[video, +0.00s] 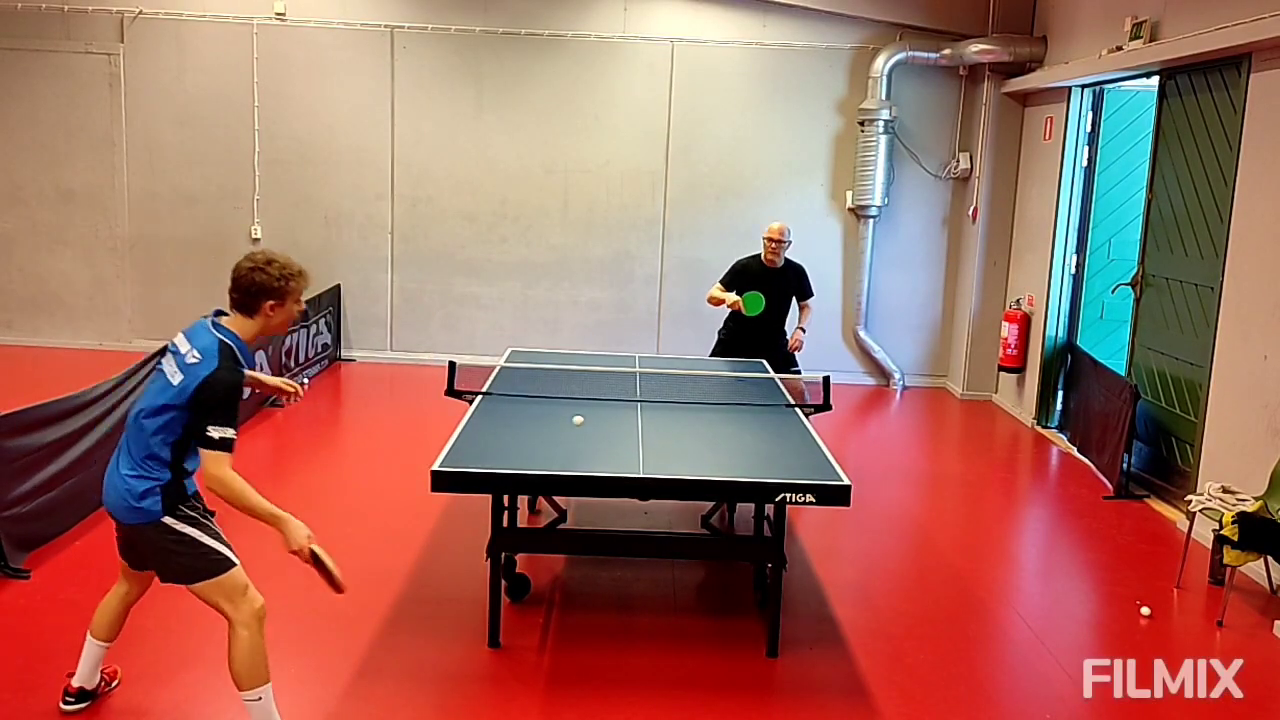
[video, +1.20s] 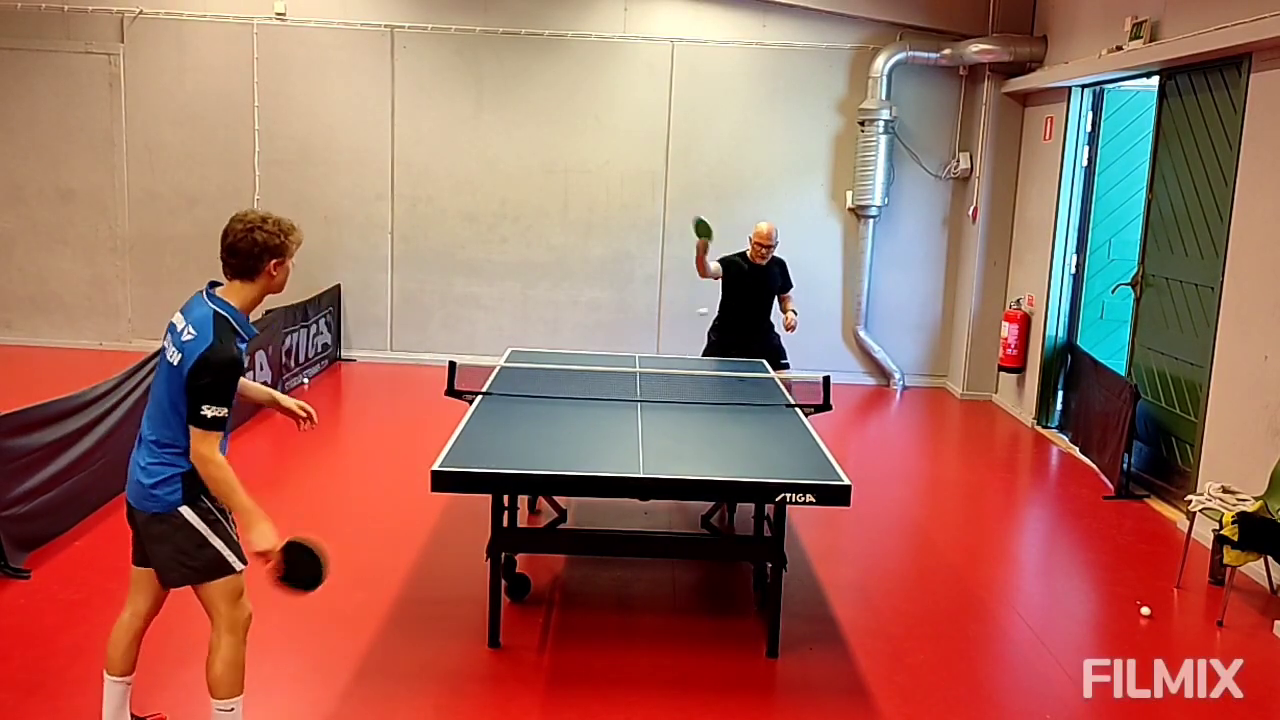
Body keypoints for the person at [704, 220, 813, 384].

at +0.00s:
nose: (773, 246)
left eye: (779, 242)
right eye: (769, 240)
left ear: (788, 245)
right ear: (763, 240)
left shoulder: (796, 272)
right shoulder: (744, 266)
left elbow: (805, 307)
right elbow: (712, 296)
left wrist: (800, 330)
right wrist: (727, 297)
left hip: (773, 343)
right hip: (735, 340)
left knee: (798, 393)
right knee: (708, 385)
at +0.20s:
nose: (746, 243)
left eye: (752, 239)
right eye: (743, 238)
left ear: (761, 243)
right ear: (736, 238)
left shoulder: (768, 271)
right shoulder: (717, 265)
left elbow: (771, 306)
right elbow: (689, 296)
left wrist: (770, 328)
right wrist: (704, 303)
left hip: (746, 343)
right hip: (710, 341)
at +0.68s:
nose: (739, 255)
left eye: (745, 251)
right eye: (735, 249)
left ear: (753, 252)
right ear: (727, 247)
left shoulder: (760, 274)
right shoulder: (709, 271)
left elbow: (767, 309)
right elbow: (685, 305)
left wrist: (763, 329)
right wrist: (697, 322)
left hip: (742, 343)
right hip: (705, 340)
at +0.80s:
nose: (747, 272)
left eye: (752, 268)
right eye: (742, 266)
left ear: (760, 267)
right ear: (735, 262)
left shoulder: (765, 283)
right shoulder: (716, 283)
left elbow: (769, 316)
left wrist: (769, 337)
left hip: (744, 340)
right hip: (712, 338)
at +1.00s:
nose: (760, 270)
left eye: (766, 266)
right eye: (756, 264)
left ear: (773, 264)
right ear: (747, 260)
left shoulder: (773, 279)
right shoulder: (729, 279)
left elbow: (774, 310)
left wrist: (779, 328)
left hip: (752, 338)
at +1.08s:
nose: (762, 262)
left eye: (768, 258)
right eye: (758, 256)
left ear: (774, 257)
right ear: (749, 251)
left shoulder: (775, 274)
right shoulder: (730, 271)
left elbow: (779, 304)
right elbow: (701, 296)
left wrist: (784, 321)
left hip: (757, 339)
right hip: (721, 337)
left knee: (779, 380)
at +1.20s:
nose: (763, 252)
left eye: (769, 247)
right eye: (759, 246)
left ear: (776, 246)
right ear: (750, 241)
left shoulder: (778, 266)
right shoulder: (734, 263)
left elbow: (785, 298)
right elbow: (705, 272)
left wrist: (790, 313)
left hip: (762, 337)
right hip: (726, 335)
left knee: (784, 383)